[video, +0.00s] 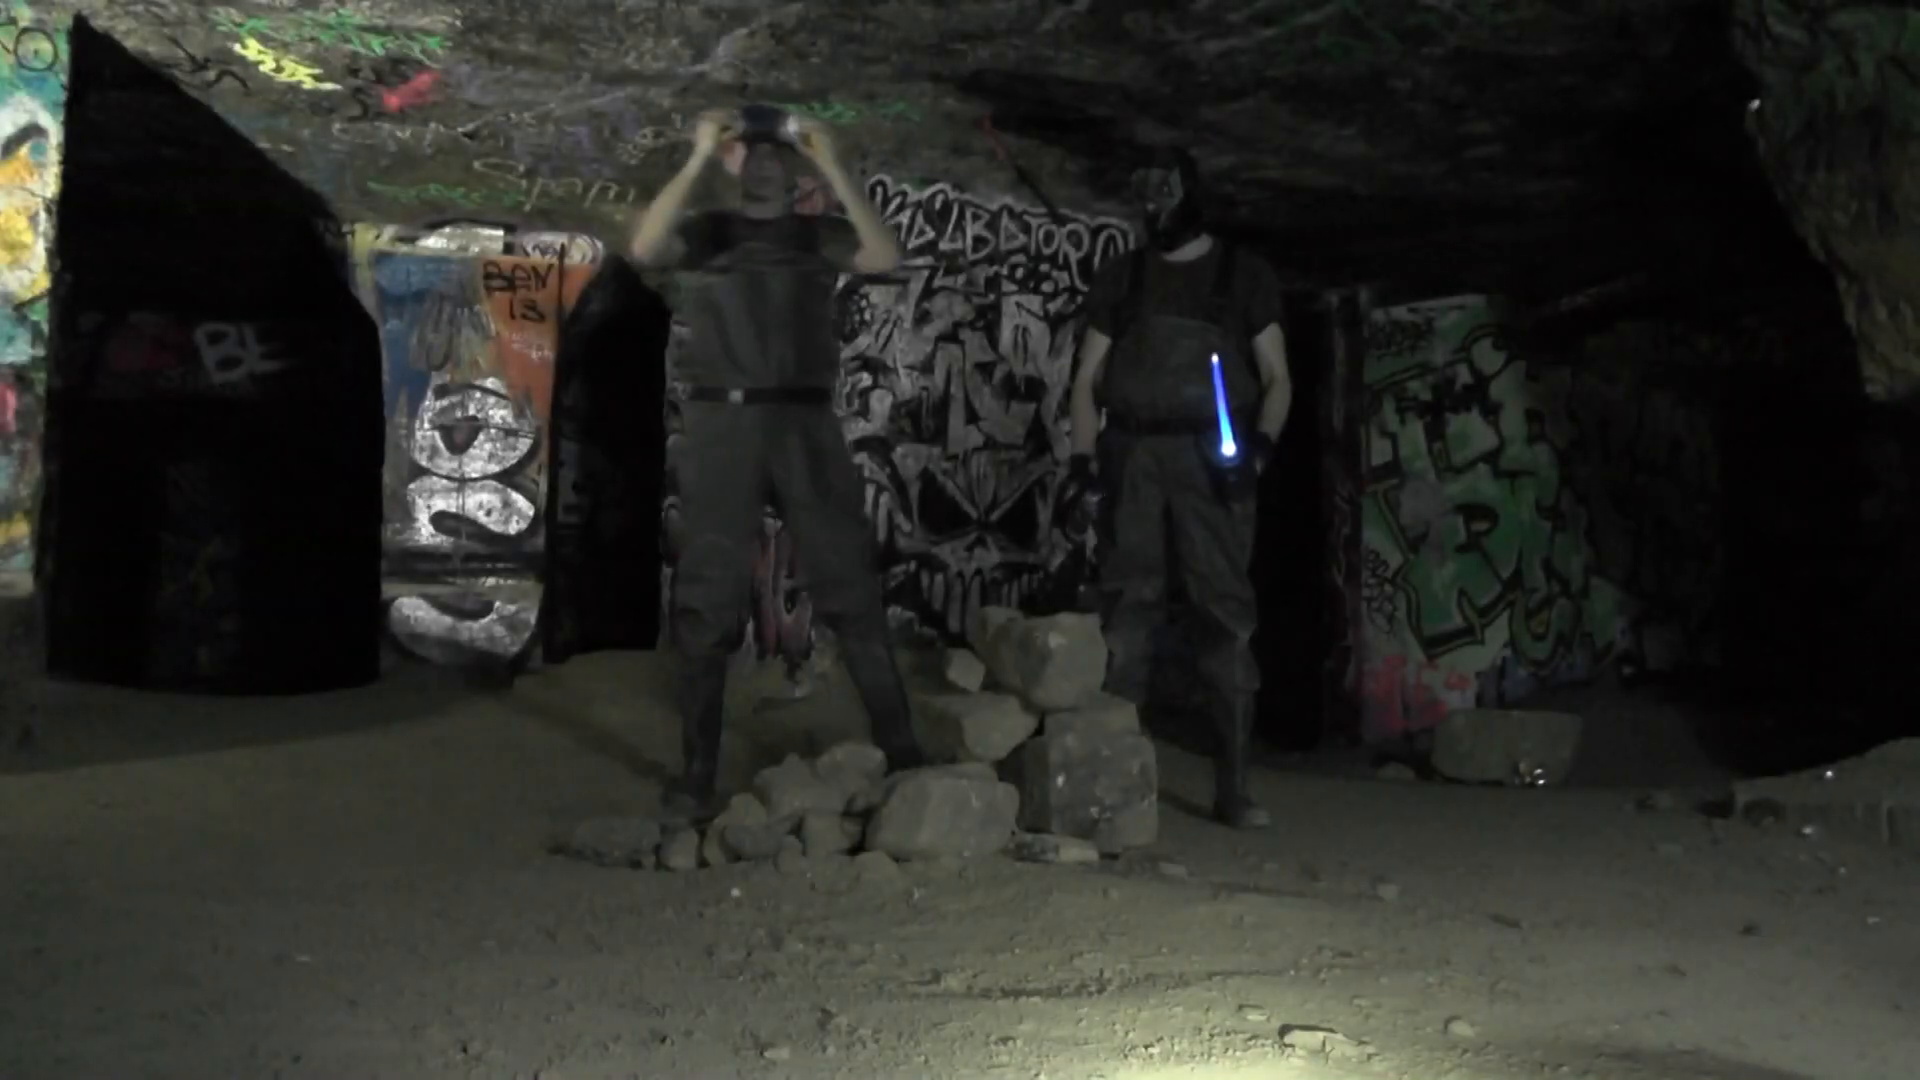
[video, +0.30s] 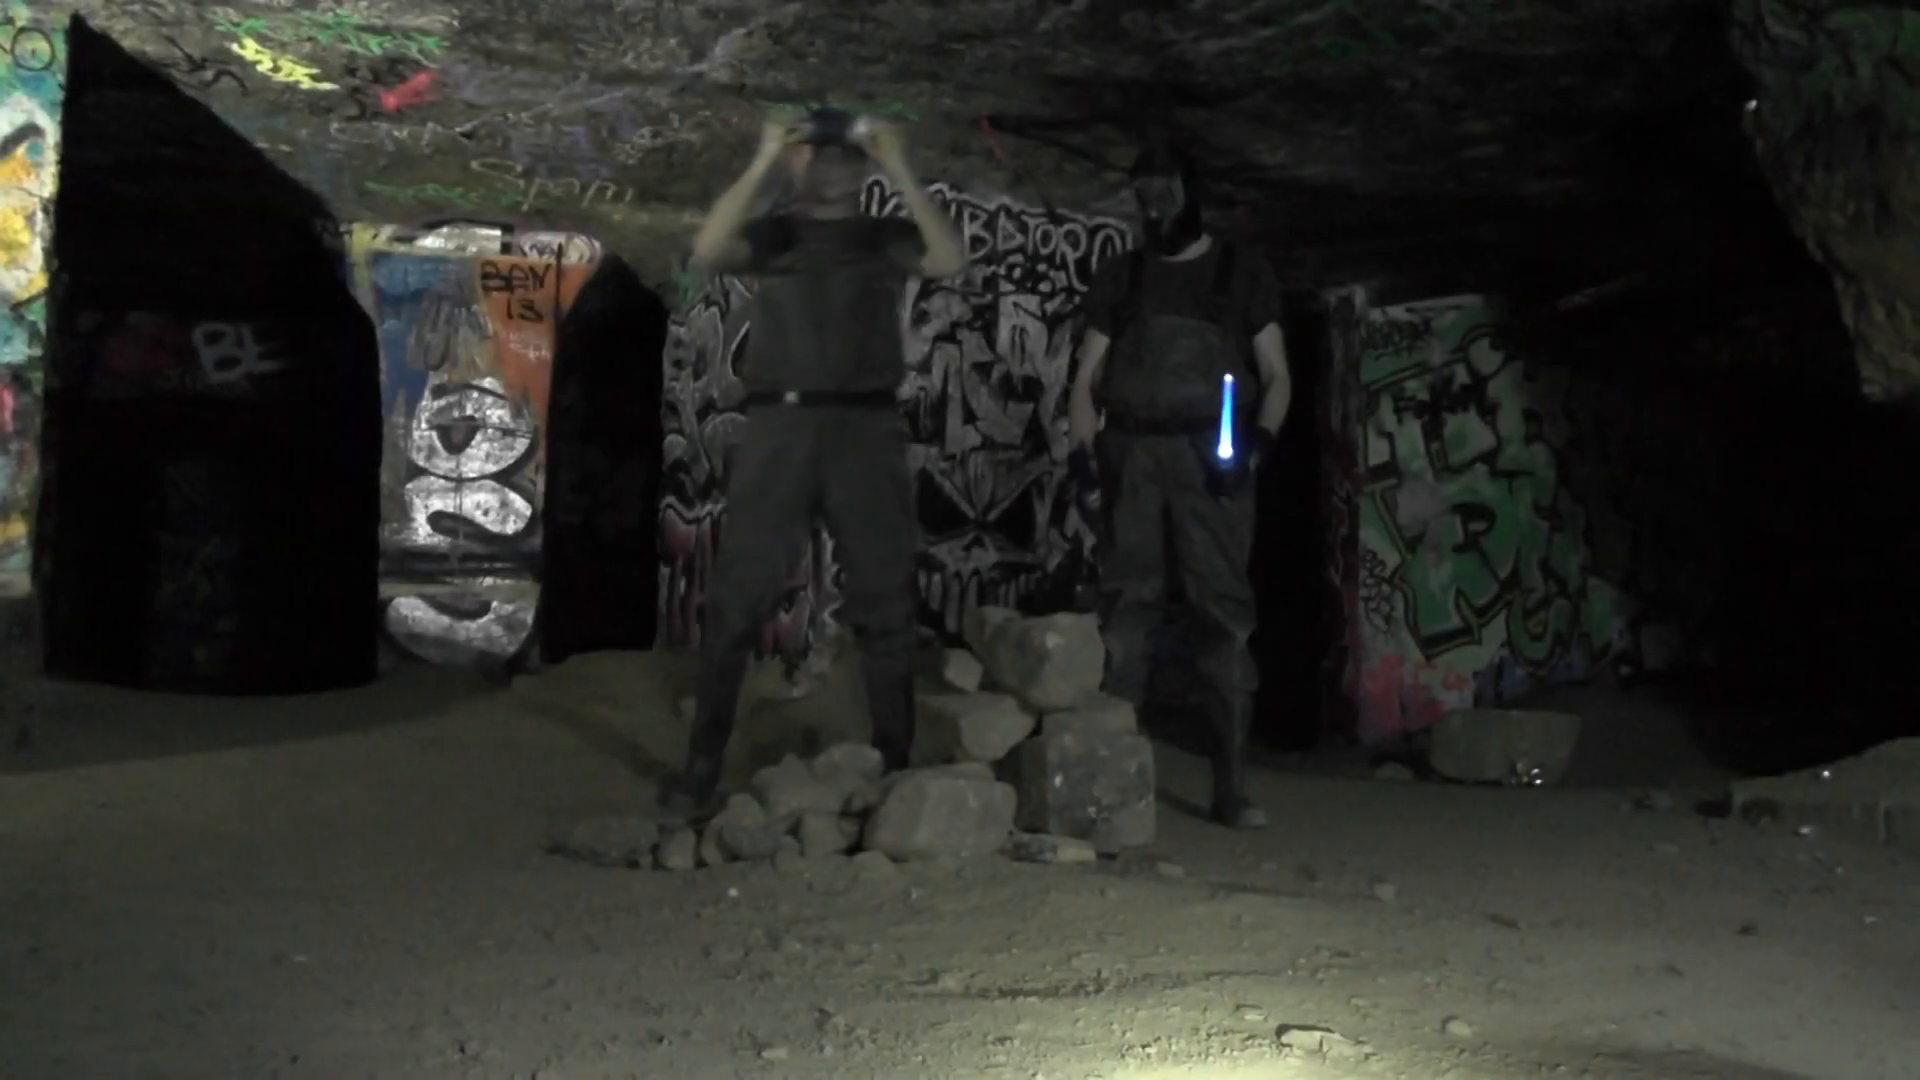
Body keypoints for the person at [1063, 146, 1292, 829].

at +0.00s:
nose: (1152, 203)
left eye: (1163, 190)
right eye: (1145, 192)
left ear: (1192, 195)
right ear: (1137, 200)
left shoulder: (1239, 274)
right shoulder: (1123, 274)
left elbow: (1277, 379)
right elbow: (1086, 378)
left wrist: (1256, 451)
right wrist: (1090, 455)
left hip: (1214, 468)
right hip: (1132, 466)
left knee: (1225, 619)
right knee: (1126, 615)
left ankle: (1233, 787)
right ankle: (1113, 780)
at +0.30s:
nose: (1155, 210)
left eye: (1166, 196)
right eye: (1146, 198)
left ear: (1193, 197)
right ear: (1136, 202)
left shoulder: (1238, 271)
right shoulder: (1124, 275)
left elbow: (1277, 376)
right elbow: (1085, 378)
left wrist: (1253, 448)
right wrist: (1093, 447)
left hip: (1213, 468)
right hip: (1131, 467)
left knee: (1224, 617)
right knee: (1126, 614)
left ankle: (1231, 786)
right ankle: (1112, 780)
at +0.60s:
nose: (1158, 216)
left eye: (1170, 203)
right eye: (1148, 204)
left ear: (1193, 204)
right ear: (1134, 207)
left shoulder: (1234, 273)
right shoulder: (1118, 274)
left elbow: (1271, 377)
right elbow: (1081, 376)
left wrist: (1249, 443)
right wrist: (1087, 454)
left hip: (1210, 464)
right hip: (1129, 466)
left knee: (1218, 615)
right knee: (1122, 613)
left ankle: (1225, 784)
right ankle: (1109, 776)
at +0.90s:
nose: (1160, 215)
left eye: (1172, 202)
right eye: (1149, 203)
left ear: (1194, 203)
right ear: (1134, 205)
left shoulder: (1232, 275)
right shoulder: (1116, 274)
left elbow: (1270, 378)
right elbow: (1075, 377)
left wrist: (1243, 438)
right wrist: (1088, 449)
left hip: (1207, 468)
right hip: (1127, 468)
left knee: (1215, 620)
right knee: (1117, 617)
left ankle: (1221, 787)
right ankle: (1104, 780)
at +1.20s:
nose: (1155, 204)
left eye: (1167, 190)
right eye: (1144, 190)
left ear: (1190, 193)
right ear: (1131, 195)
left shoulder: (1230, 272)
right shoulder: (1116, 273)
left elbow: (1271, 377)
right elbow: (1072, 373)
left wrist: (1242, 436)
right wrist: (1078, 440)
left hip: (1202, 467)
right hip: (1123, 466)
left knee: (1211, 618)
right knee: (1114, 615)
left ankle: (1217, 786)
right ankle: (1099, 779)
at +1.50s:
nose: (1152, 200)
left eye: (1163, 185)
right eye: (1141, 186)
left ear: (1186, 192)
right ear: (1127, 194)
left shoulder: (1226, 272)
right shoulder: (1112, 274)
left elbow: (1268, 376)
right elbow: (1067, 372)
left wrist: (1238, 439)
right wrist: (1078, 447)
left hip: (1198, 469)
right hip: (1119, 471)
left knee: (1209, 619)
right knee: (1112, 617)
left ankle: (1216, 787)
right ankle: (1098, 781)